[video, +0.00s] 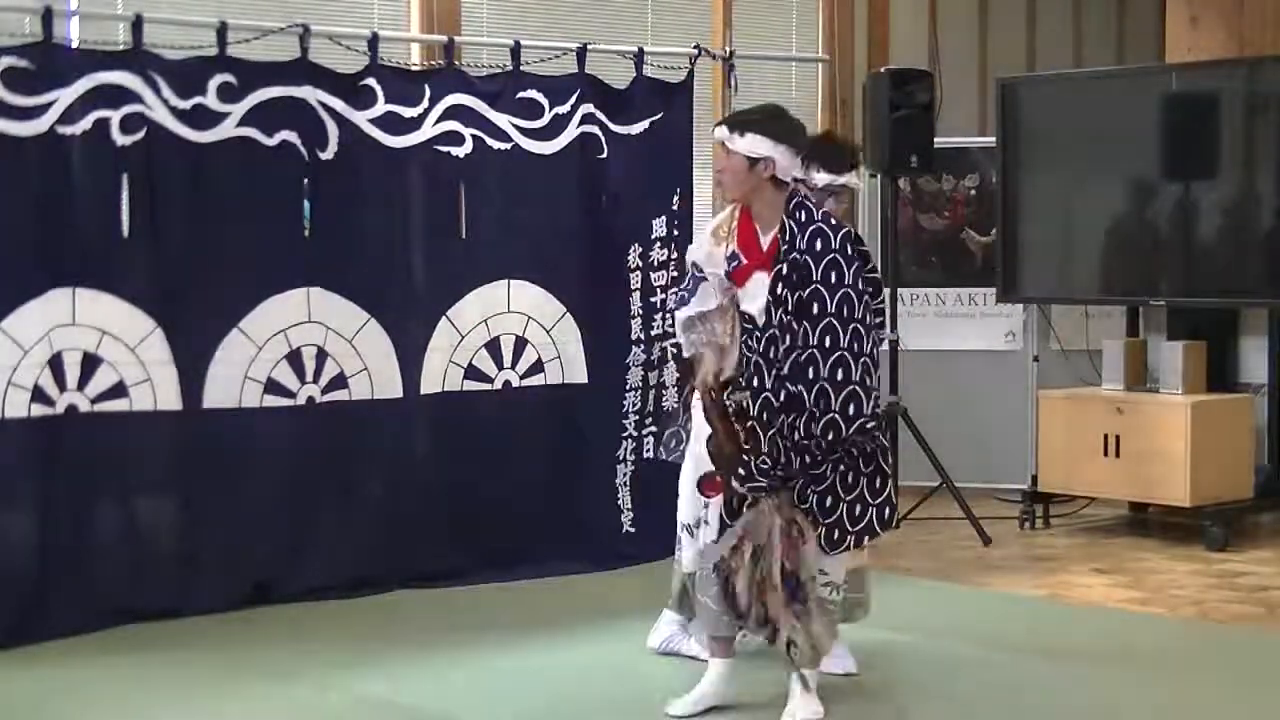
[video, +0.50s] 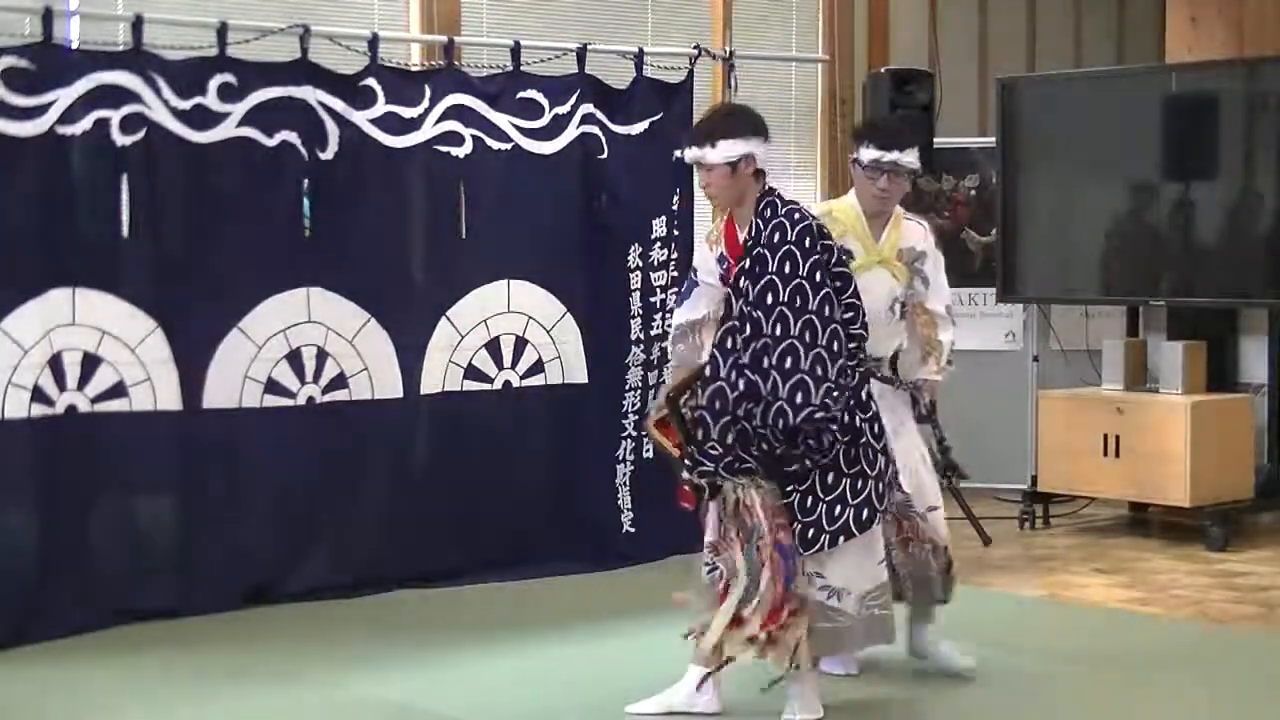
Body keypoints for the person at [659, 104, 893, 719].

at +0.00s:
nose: (716, 170)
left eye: (725, 160)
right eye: (717, 158)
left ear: (762, 168)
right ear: (748, 166)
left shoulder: (820, 240)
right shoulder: (730, 233)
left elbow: (843, 347)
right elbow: (694, 316)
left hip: (799, 417)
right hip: (730, 408)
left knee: (799, 547)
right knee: (713, 535)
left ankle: (804, 683)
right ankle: (719, 668)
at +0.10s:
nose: (715, 170)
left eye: (724, 160)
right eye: (716, 158)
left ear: (761, 168)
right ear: (745, 165)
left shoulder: (816, 239)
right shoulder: (735, 232)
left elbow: (836, 349)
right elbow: (712, 314)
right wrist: (717, 355)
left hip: (807, 418)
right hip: (744, 408)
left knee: (811, 548)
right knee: (715, 530)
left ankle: (805, 686)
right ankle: (714, 670)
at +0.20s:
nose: (711, 169)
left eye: (720, 159)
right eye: (712, 157)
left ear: (756, 168)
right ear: (743, 166)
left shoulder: (807, 237)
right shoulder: (732, 233)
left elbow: (823, 349)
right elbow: (723, 314)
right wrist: (719, 354)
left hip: (807, 416)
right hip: (748, 408)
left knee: (809, 549)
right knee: (716, 536)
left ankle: (807, 690)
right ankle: (700, 676)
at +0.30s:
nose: (703, 173)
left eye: (712, 162)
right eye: (705, 160)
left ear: (747, 170)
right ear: (739, 168)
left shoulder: (799, 237)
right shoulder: (735, 234)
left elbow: (810, 358)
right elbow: (737, 319)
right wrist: (717, 363)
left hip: (817, 420)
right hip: (766, 414)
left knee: (797, 553)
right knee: (720, 539)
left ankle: (803, 692)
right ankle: (701, 678)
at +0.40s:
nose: (699, 175)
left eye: (708, 164)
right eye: (698, 162)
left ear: (746, 170)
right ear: (730, 169)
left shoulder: (798, 237)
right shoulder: (729, 235)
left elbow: (806, 355)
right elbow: (716, 334)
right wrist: (695, 399)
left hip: (799, 429)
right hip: (749, 421)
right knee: (733, 551)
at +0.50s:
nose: (702, 181)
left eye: (711, 169)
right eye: (698, 169)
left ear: (749, 168)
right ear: (714, 170)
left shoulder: (790, 232)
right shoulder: (733, 232)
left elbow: (790, 348)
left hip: (788, 427)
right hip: (745, 421)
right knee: (761, 553)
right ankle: (807, 692)